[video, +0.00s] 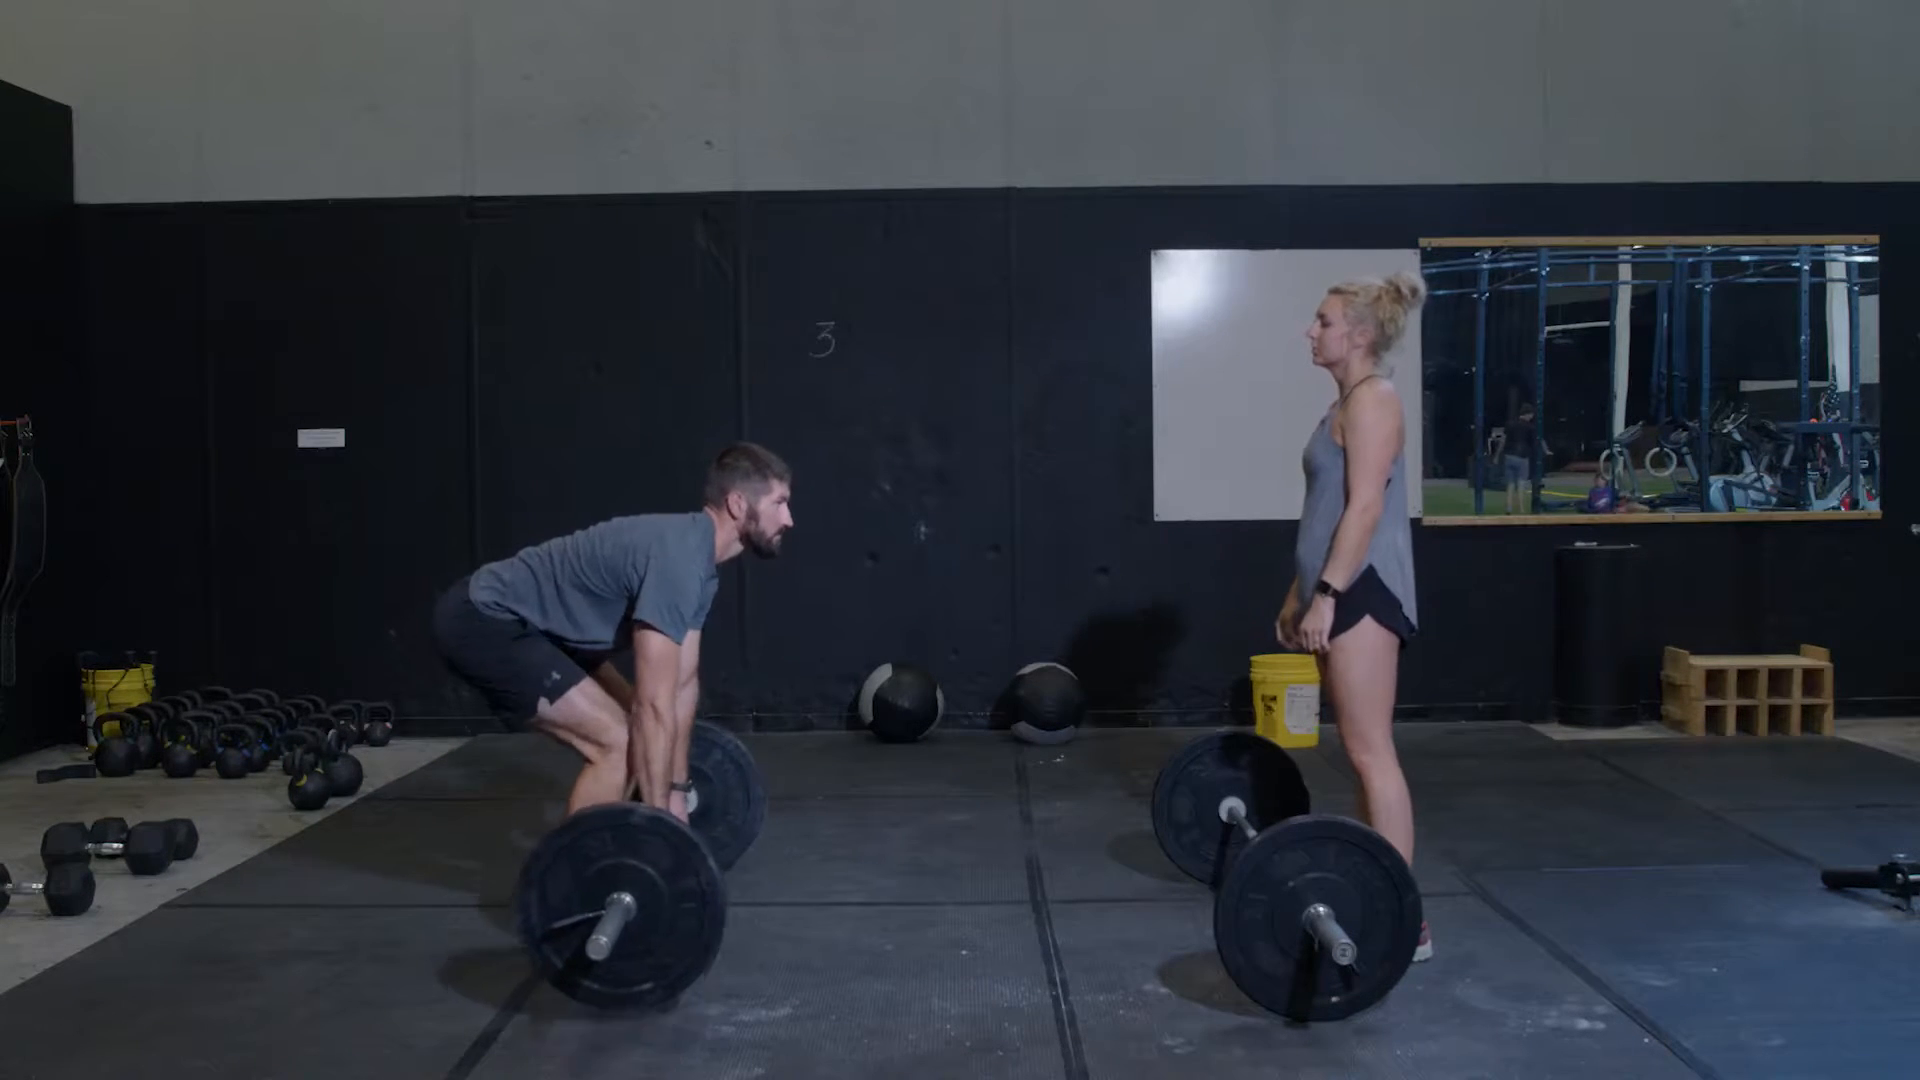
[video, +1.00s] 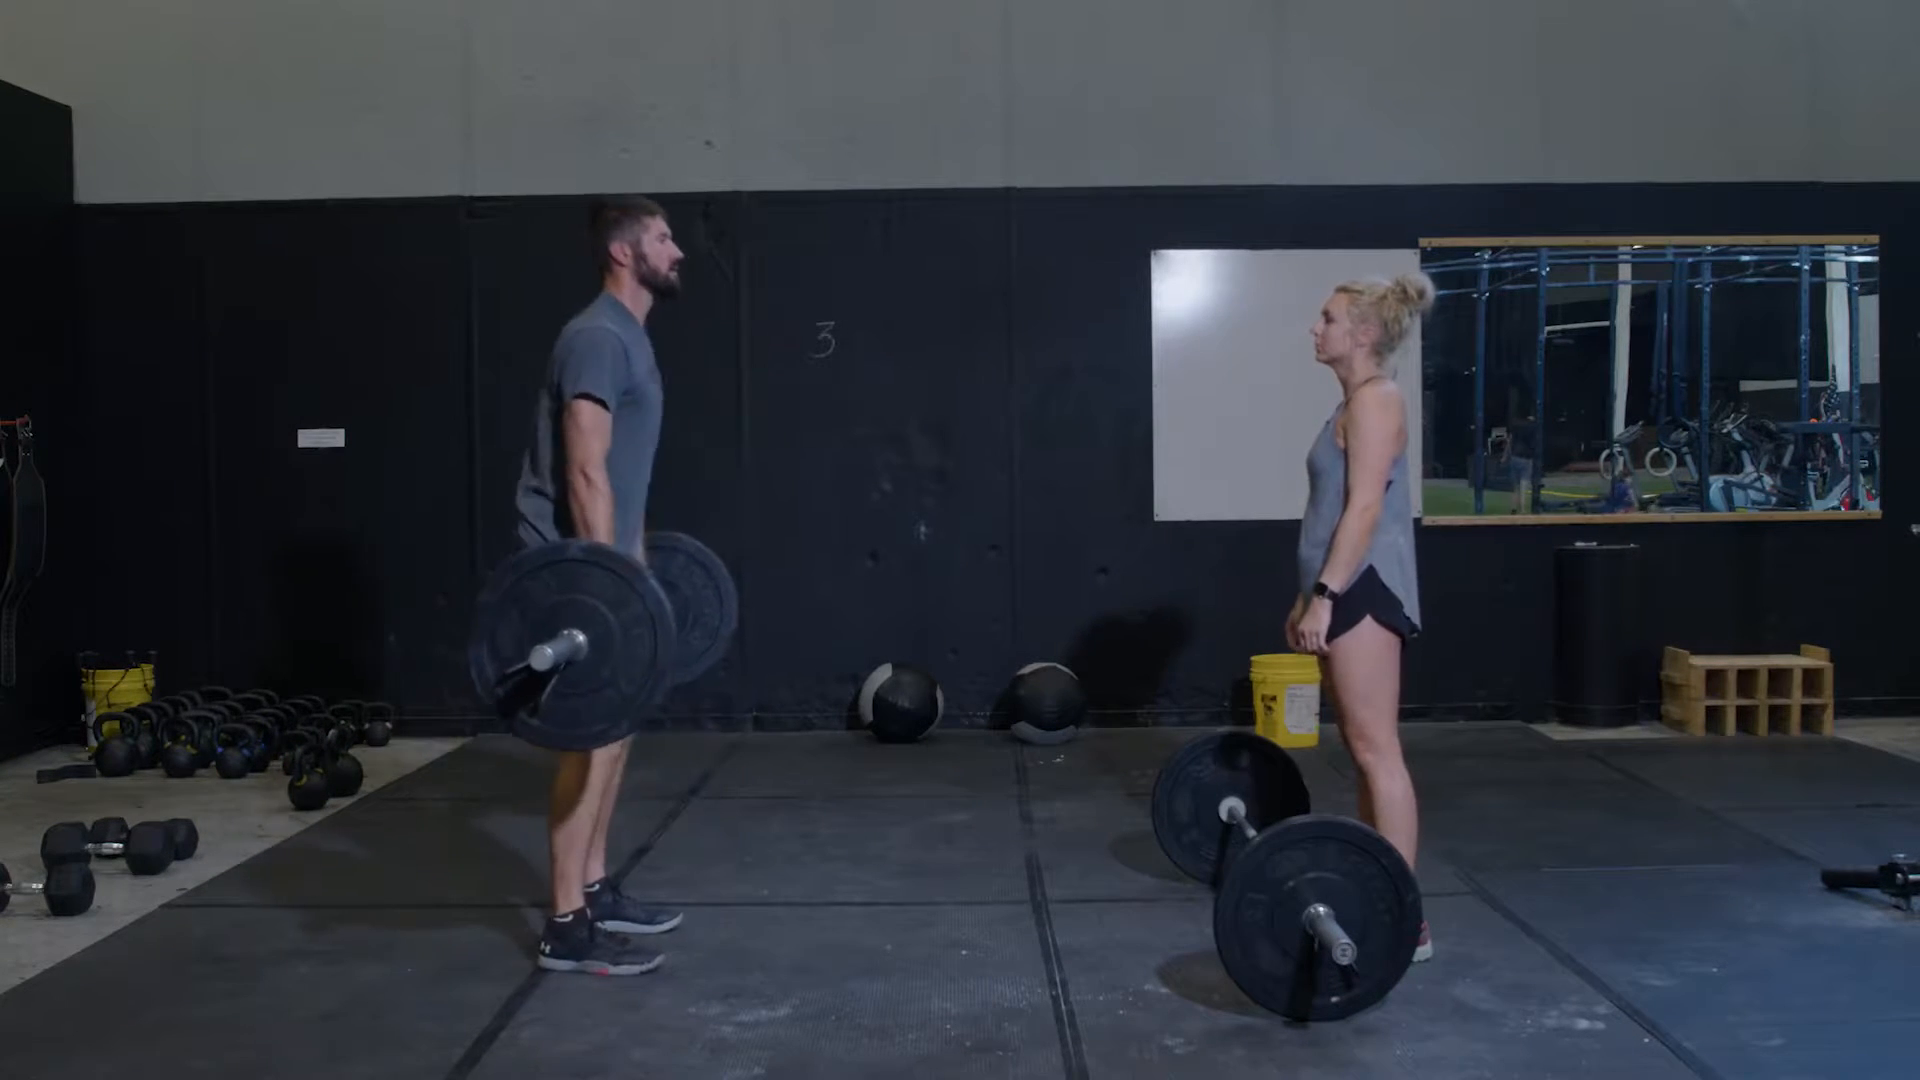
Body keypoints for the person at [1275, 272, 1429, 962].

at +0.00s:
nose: (1312, 332)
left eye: (1325, 322)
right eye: (1315, 321)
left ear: (1361, 334)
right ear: (1346, 335)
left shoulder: (1372, 401)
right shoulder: (1344, 405)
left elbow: (1366, 508)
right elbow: (1326, 513)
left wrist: (1327, 592)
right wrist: (1300, 590)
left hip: (1366, 594)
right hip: (1343, 592)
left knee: (1371, 751)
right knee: (1362, 750)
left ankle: (1399, 912)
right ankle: (1380, 903)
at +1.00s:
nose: (1316, 329)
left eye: (1329, 320)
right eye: (1320, 318)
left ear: (1365, 333)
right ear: (1356, 334)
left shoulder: (1375, 400)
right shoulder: (1354, 403)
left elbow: (1365, 508)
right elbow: (1338, 512)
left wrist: (1325, 594)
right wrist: (1310, 594)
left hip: (1366, 593)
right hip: (1346, 592)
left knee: (1377, 749)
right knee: (1365, 748)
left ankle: (1399, 912)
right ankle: (1378, 901)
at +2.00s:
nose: (1318, 332)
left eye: (1331, 324)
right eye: (1322, 322)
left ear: (1365, 339)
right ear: (1354, 340)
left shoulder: (1377, 407)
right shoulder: (1346, 408)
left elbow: (1372, 515)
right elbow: (1331, 515)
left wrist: (1333, 599)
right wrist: (1305, 591)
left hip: (1370, 597)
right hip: (1345, 595)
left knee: (1371, 754)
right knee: (1364, 753)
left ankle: (1399, 913)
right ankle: (1384, 906)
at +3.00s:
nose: (1321, 324)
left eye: (1335, 317)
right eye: (1325, 314)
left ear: (1369, 336)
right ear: (1358, 336)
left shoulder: (1375, 402)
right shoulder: (1351, 405)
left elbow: (1367, 509)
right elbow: (1331, 513)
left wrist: (1327, 593)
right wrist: (1304, 594)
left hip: (1367, 593)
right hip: (1342, 593)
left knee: (1378, 748)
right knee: (1359, 747)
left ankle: (1401, 914)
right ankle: (1375, 903)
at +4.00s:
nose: (1325, 329)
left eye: (1339, 321)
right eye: (1329, 319)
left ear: (1374, 338)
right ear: (1360, 338)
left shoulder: (1383, 404)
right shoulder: (1355, 407)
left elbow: (1377, 512)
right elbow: (1338, 515)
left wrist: (1341, 597)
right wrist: (1313, 594)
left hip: (1376, 595)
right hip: (1350, 593)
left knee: (1378, 748)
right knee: (1364, 746)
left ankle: (1402, 914)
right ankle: (1379, 901)